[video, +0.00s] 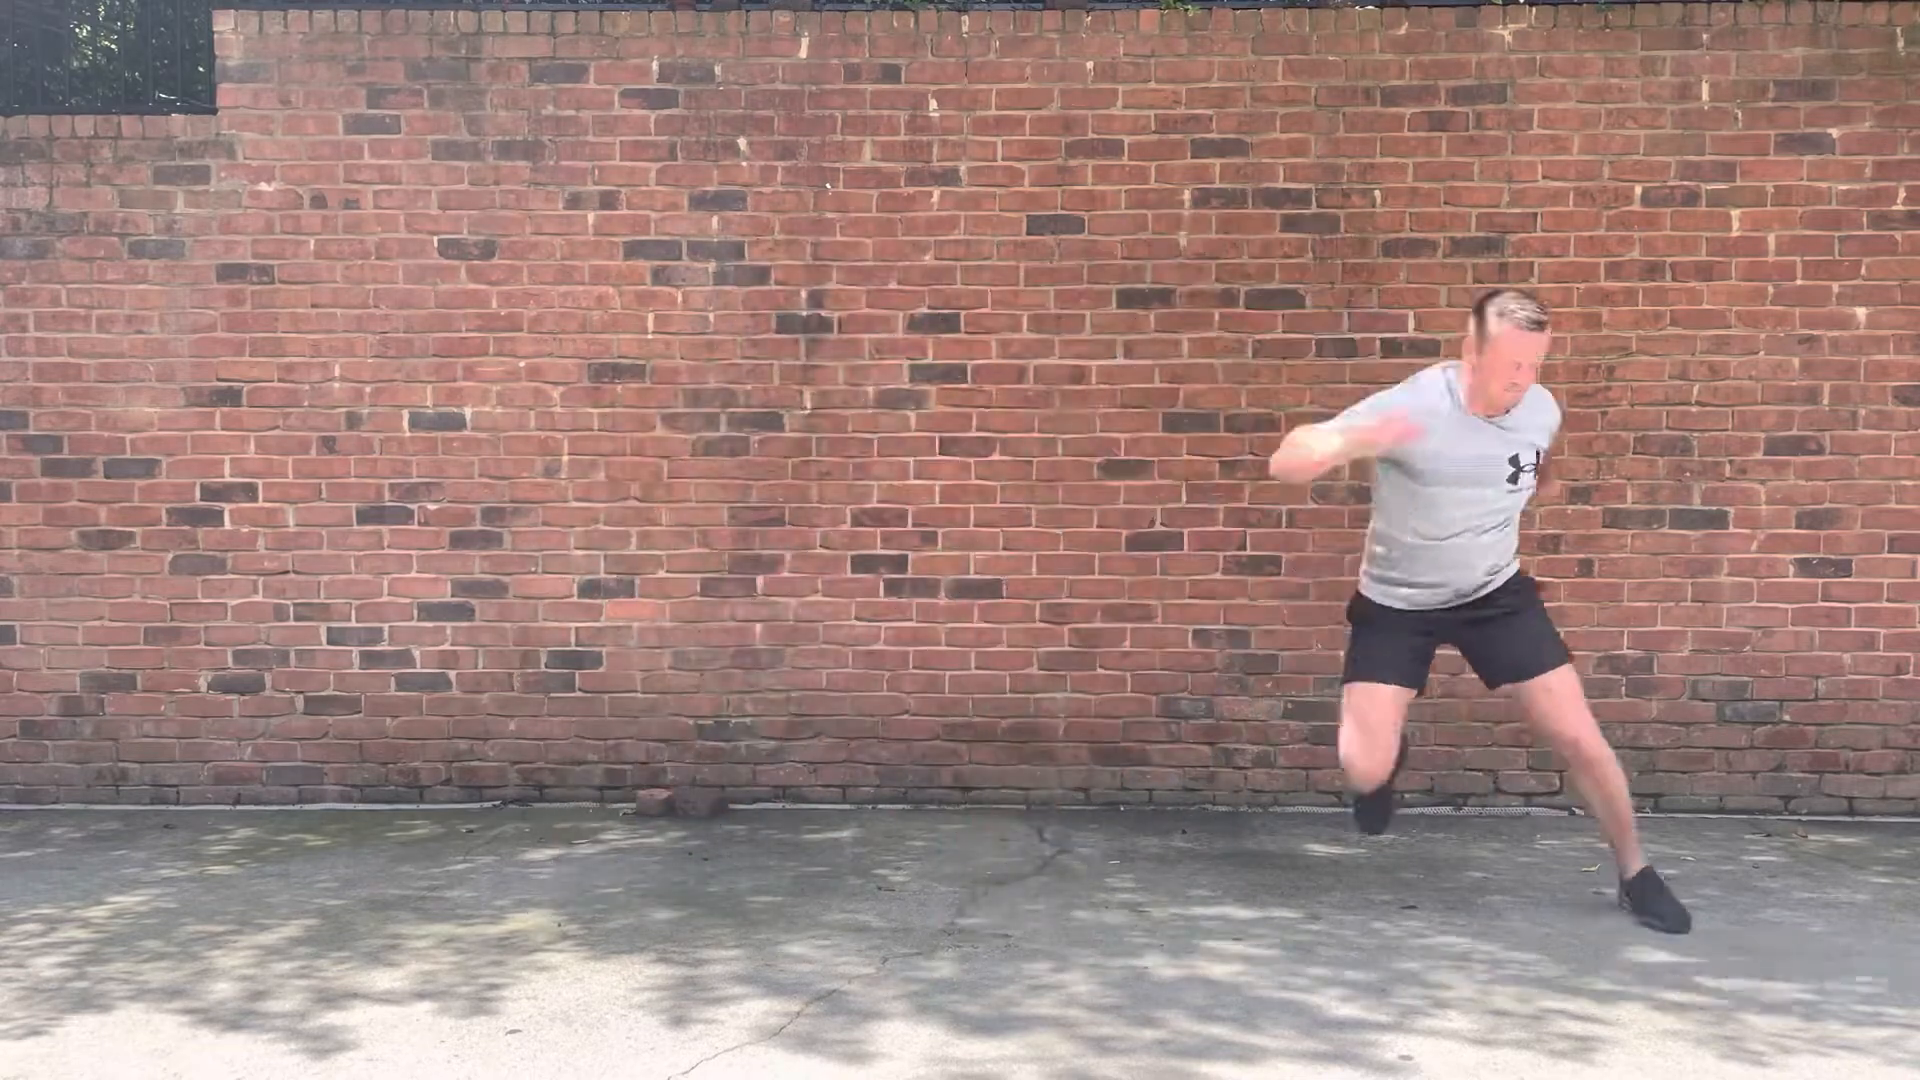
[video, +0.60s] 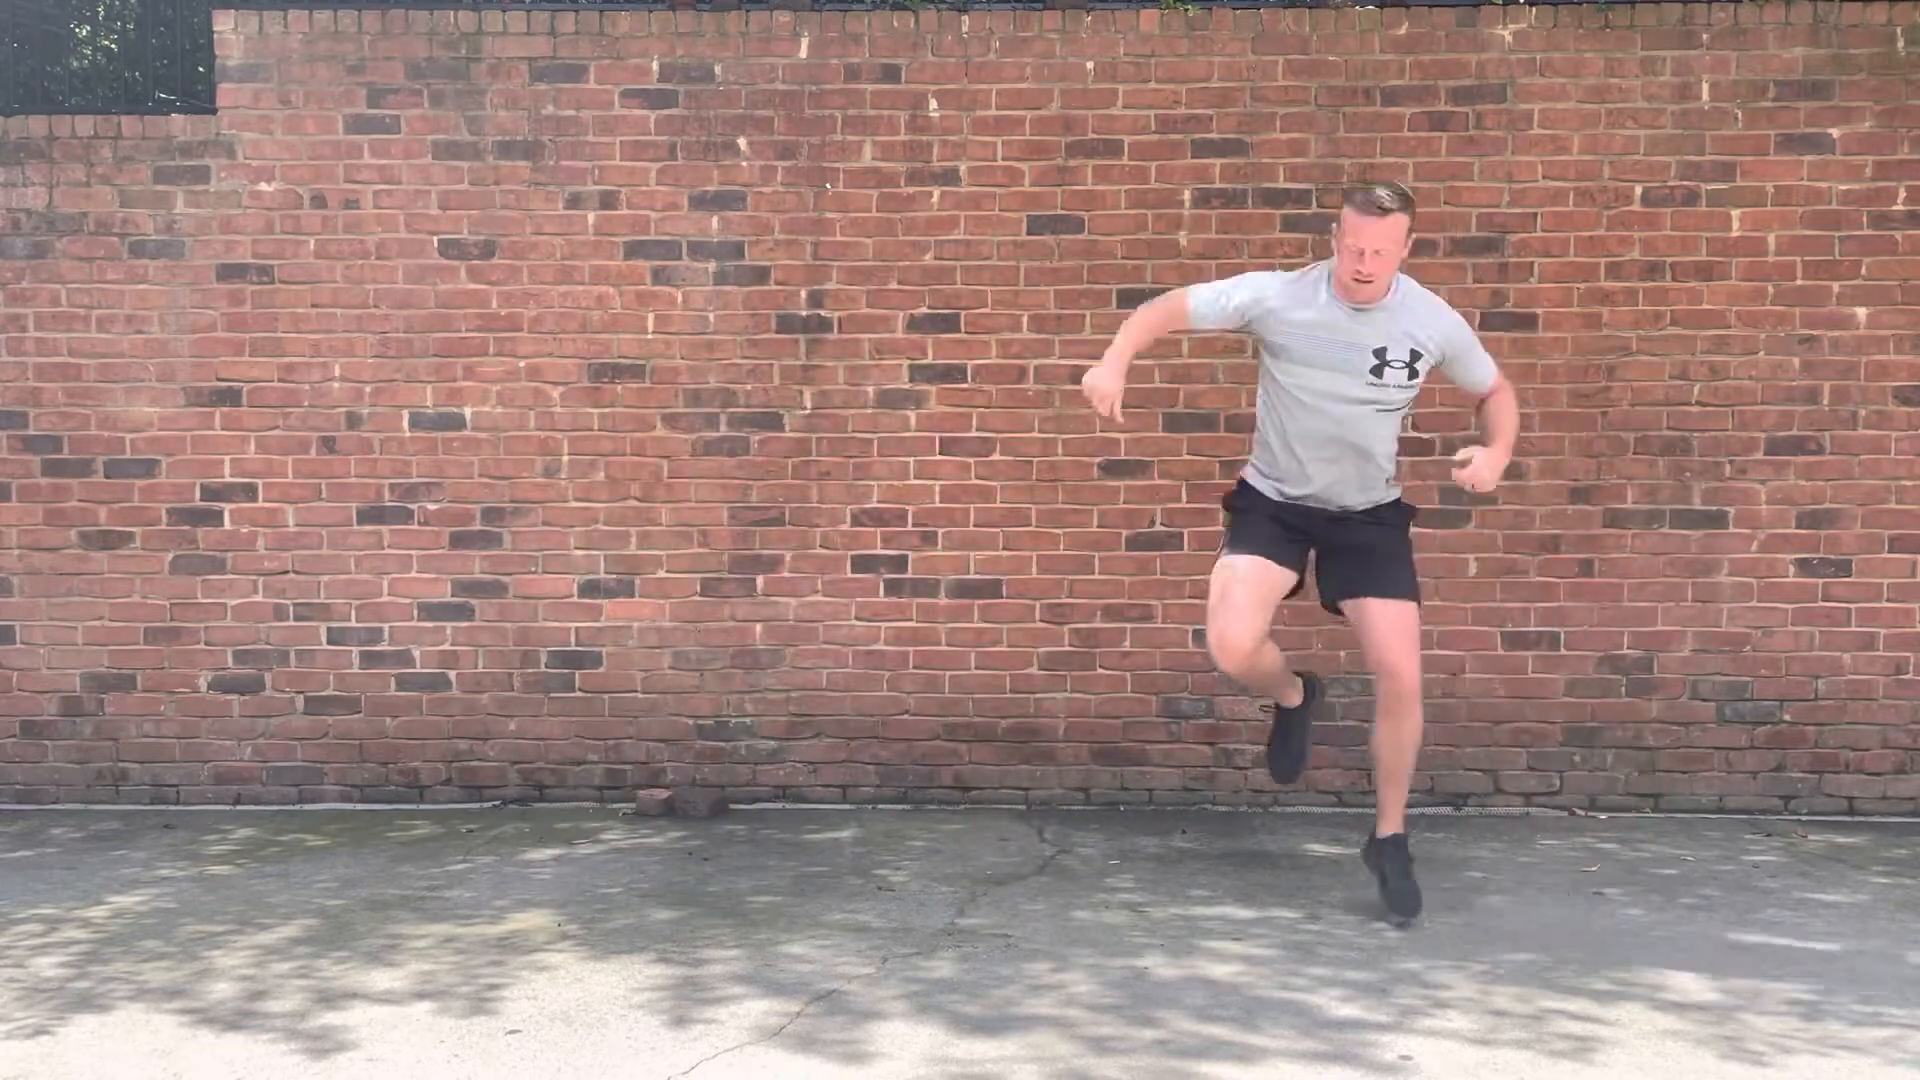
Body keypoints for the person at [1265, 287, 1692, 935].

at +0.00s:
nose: (1525, 379)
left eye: (1535, 365)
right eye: (1514, 363)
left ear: (1542, 360)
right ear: (1472, 347)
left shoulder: (1540, 413)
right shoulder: (1415, 402)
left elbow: (1520, 476)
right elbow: (1285, 461)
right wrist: (1354, 440)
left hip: (1496, 595)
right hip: (1395, 602)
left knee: (1580, 738)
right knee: (1363, 765)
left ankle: (1635, 871)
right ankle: (1374, 776)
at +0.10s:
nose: (1608, 439)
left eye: (1618, 428)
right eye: (1600, 422)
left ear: (1623, 427)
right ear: (1556, 405)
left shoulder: (1587, 482)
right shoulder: (1487, 464)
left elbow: (1595, 552)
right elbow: (1412, 562)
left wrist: (1632, 609)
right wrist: (1531, 571)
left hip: (1535, 625)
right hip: (1445, 643)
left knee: (1632, 750)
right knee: (1500, 804)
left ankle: (1641, 876)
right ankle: (1513, 808)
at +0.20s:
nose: (1632, 449)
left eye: (1642, 439)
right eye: (1624, 432)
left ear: (1644, 436)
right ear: (1581, 414)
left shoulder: (1602, 499)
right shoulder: (1517, 476)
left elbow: (1649, 590)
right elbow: (1480, 590)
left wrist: (1733, 648)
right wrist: (1587, 640)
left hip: (1544, 640)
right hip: (1456, 652)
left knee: (1642, 754)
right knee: (1538, 806)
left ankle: (1641, 879)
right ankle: (1555, 771)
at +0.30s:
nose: (1599, 424)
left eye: (1612, 413)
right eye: (1589, 407)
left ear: (1621, 414)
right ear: (1553, 393)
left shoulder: (1620, 477)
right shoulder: (1493, 447)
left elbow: (1713, 541)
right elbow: (1408, 522)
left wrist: (1754, 522)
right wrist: (1518, 523)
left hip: (1542, 622)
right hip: (1447, 629)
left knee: (1636, 750)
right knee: (1478, 800)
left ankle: (1641, 877)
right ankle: (1501, 788)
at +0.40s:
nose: (1510, 358)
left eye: (1526, 346)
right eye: (1501, 341)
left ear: (1550, 344)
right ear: (1479, 332)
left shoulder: (1583, 413)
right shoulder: (1426, 381)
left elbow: (1697, 452)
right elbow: (1306, 383)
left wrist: (1672, 417)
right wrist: (1405, 384)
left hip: (1506, 587)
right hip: (1403, 578)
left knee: (1594, 729)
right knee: (1351, 718)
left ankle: (1642, 869)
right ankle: (1399, 740)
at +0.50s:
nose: (1431, 293)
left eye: (1448, 281)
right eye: (1421, 276)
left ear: (1473, 277)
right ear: (1402, 263)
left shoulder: (1497, 343)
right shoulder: (1349, 315)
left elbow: (1598, 394)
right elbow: (1229, 301)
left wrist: (1591, 424)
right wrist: (1233, 341)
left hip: (1441, 538)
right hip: (1338, 520)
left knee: (1505, 691)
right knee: (1265, 646)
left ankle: (1569, 845)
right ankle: (1328, 694)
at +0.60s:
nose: (1364, 266)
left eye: (1381, 254)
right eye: (1354, 250)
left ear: (1405, 251)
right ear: (1335, 239)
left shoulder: (1429, 320)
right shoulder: (1276, 297)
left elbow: (1496, 391)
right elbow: (1172, 307)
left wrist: (1497, 451)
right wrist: (1113, 360)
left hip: (1369, 516)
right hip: (1271, 504)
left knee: (1401, 674)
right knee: (1231, 647)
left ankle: (1389, 839)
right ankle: (1294, 698)